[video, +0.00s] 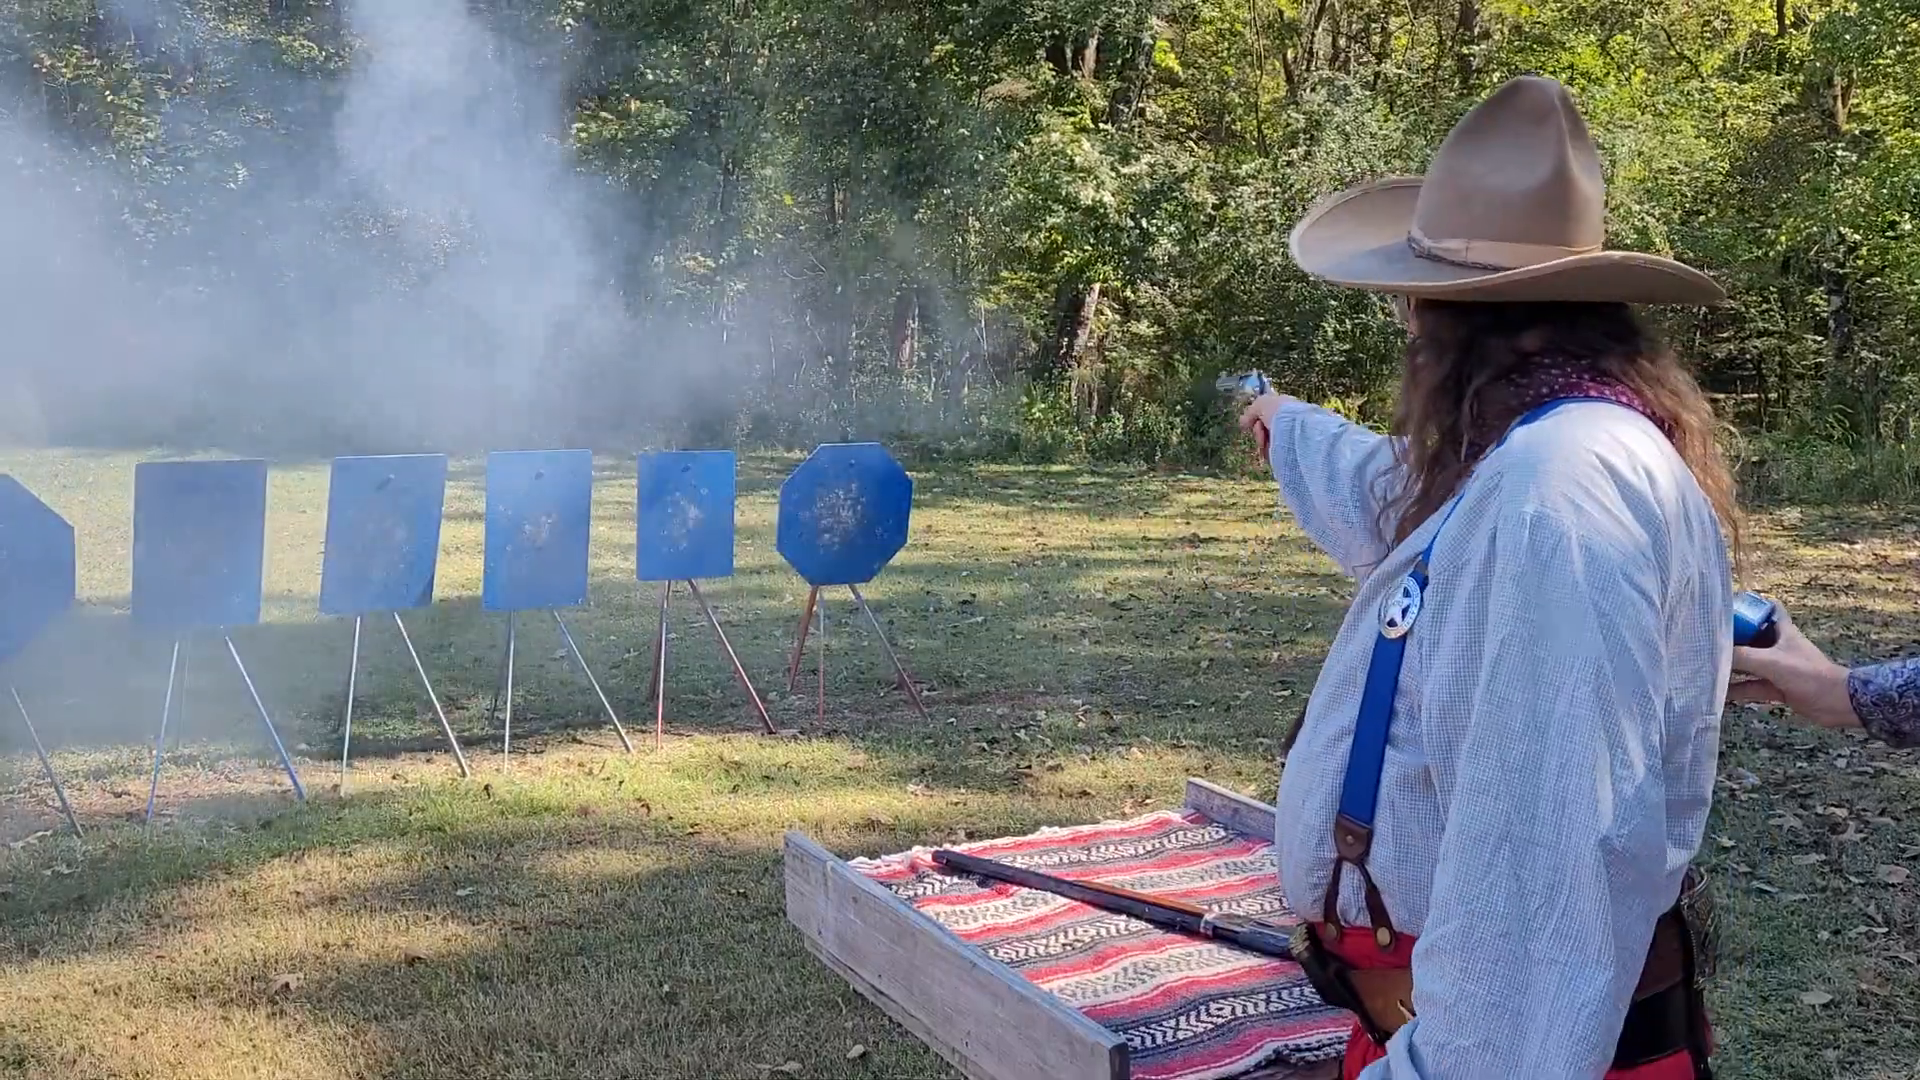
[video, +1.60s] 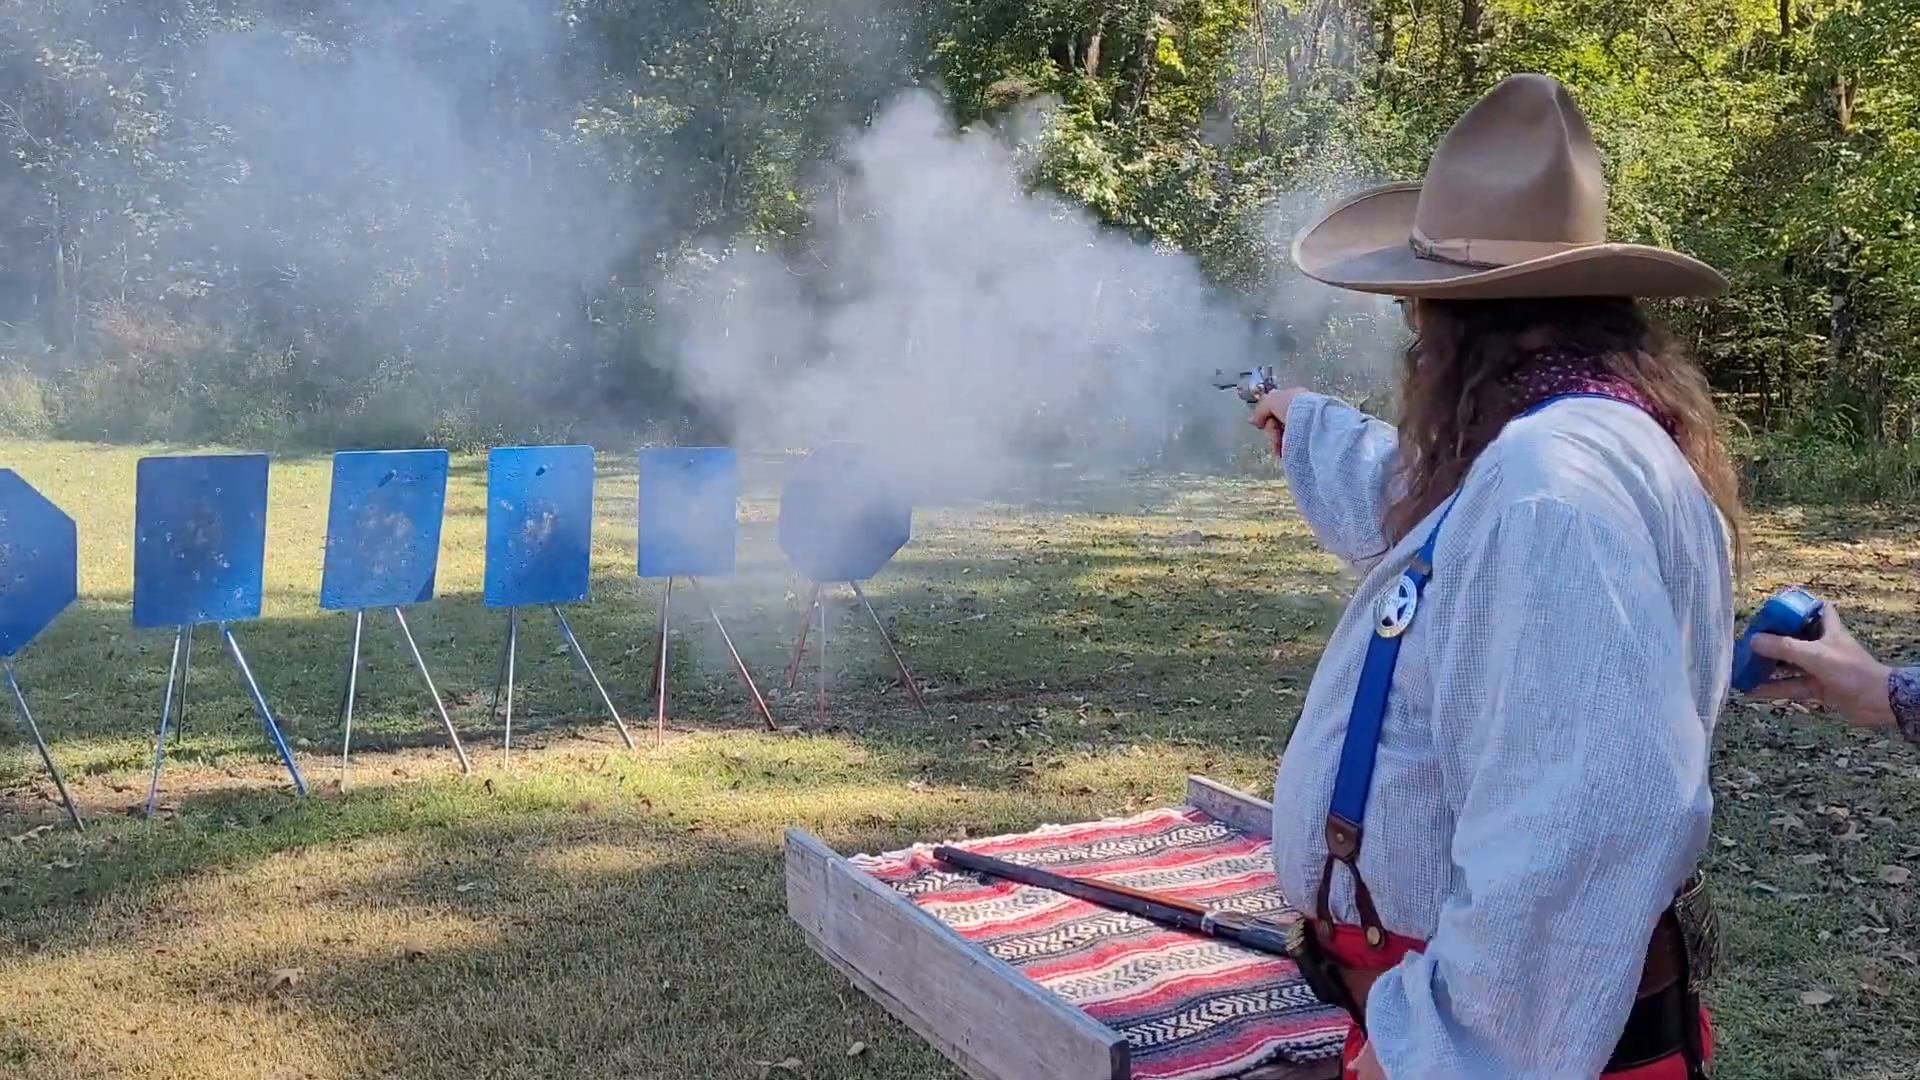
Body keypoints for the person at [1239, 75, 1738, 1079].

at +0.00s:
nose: (1404, 318)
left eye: (1416, 295)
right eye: (1407, 292)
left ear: (1457, 318)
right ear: (1557, 309)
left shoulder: (1557, 492)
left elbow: (1544, 873)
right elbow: (1394, 493)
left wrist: (1433, 1060)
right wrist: (1285, 427)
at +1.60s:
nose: (1409, 335)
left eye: (1420, 309)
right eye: (1412, 306)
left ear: (1462, 323)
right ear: (1572, 310)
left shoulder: (1548, 478)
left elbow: (1596, 811)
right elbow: (1412, 507)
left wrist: (1437, 1047)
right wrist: (1306, 423)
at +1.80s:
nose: (1388, 345)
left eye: (1395, 318)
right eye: (1389, 317)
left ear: (1435, 326)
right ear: (1564, 307)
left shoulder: (1523, 456)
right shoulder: (1597, 427)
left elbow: (1695, 719)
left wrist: (1489, 953)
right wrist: (1398, 513)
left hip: (1489, 1045)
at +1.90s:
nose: (1370, 364)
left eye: (1376, 334)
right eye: (1368, 333)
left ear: (1410, 336)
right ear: (1536, 309)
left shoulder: (1512, 461)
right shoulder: (1611, 437)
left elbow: (1694, 709)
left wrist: (1502, 941)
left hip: (1486, 1048)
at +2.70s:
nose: (1366, 357)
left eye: (1372, 328)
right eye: (1367, 327)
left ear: (1409, 328)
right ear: (1538, 299)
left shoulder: (1470, 431)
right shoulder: (1665, 439)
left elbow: (1562, 608)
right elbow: (1806, 660)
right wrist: (1669, 774)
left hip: (1479, 1034)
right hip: (1643, 1003)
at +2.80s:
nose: (1372, 348)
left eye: (1381, 321)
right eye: (1373, 320)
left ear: (1427, 321)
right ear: (1551, 301)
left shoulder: (1484, 423)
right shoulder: (1675, 447)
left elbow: (1496, 598)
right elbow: (1751, 677)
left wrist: (1271, 678)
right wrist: (1668, 803)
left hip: (1482, 1028)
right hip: (1641, 995)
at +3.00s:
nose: (1406, 328)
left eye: (1417, 305)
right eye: (1410, 303)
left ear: (1457, 315)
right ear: (1589, 307)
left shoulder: (1503, 453)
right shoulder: (1665, 454)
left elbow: (1354, 737)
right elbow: (1709, 791)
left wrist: (1234, 683)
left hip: (1497, 1038)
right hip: (1639, 1006)